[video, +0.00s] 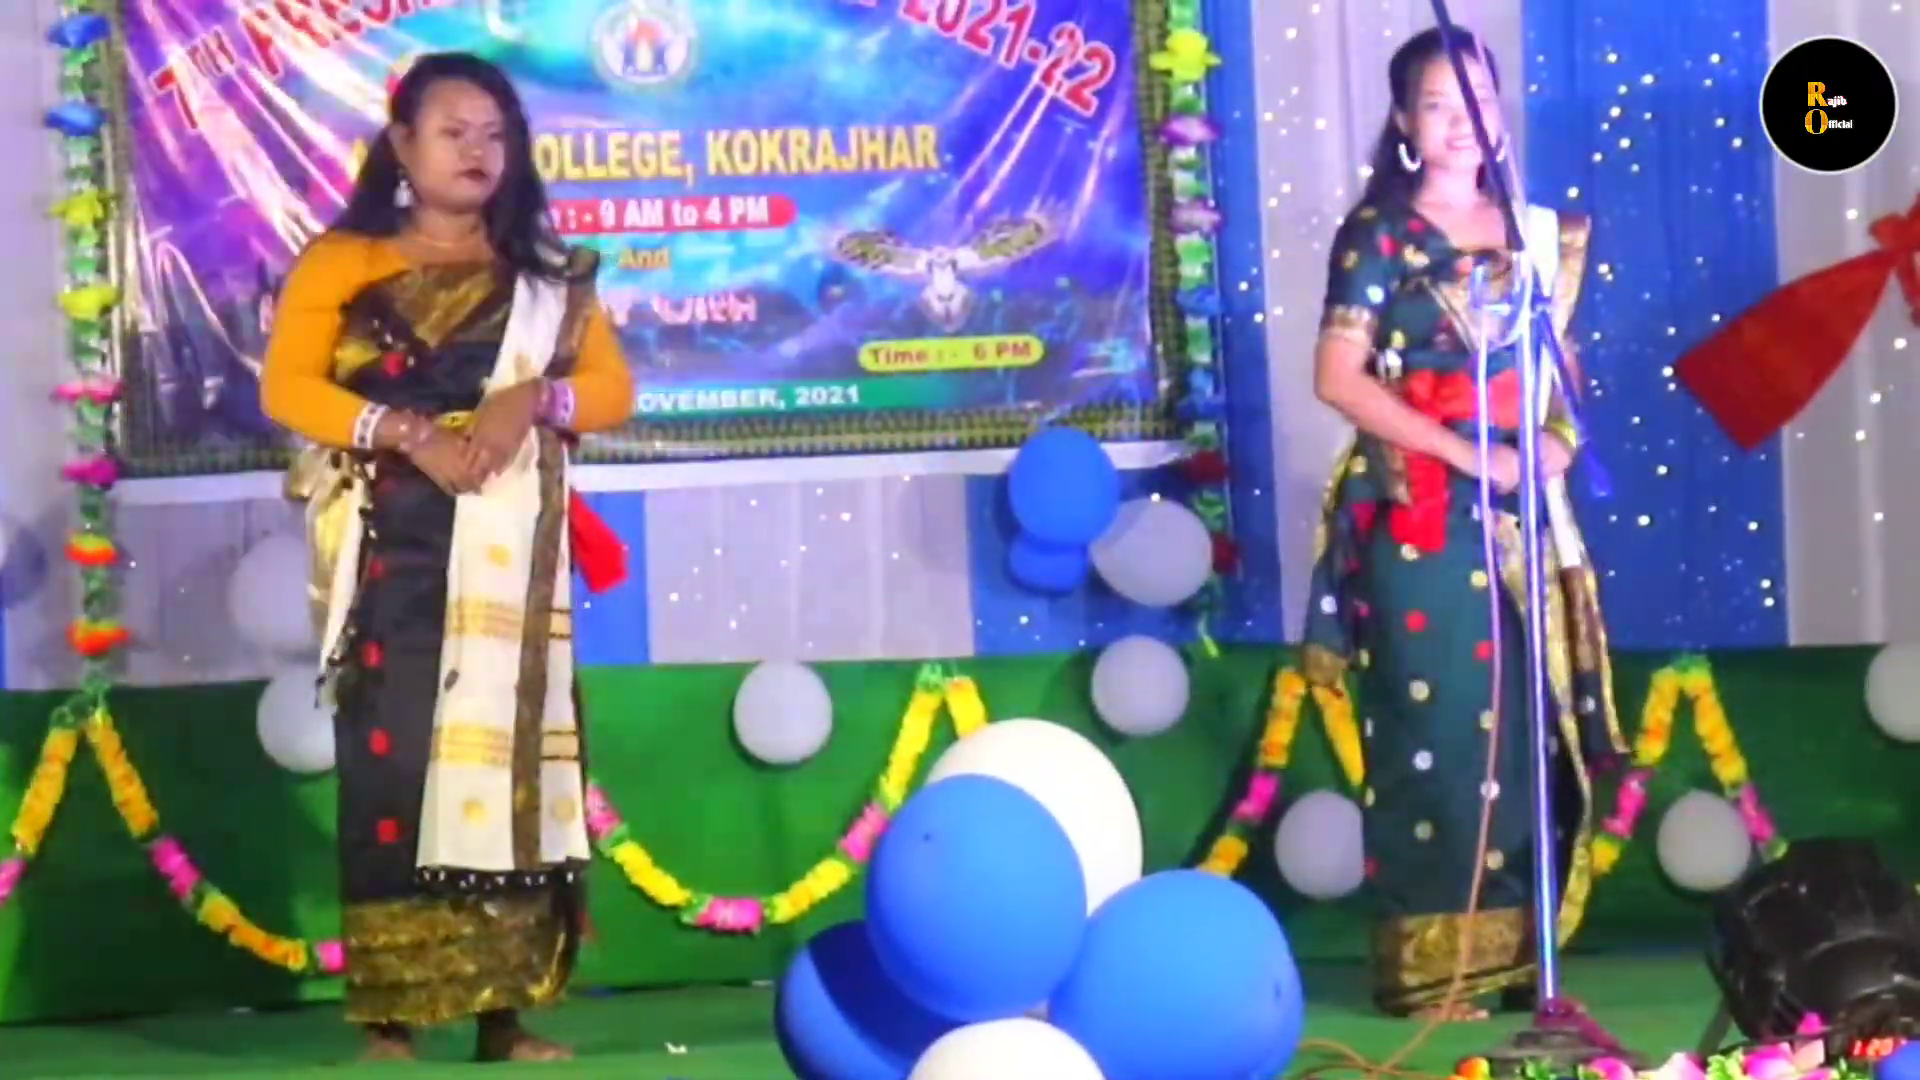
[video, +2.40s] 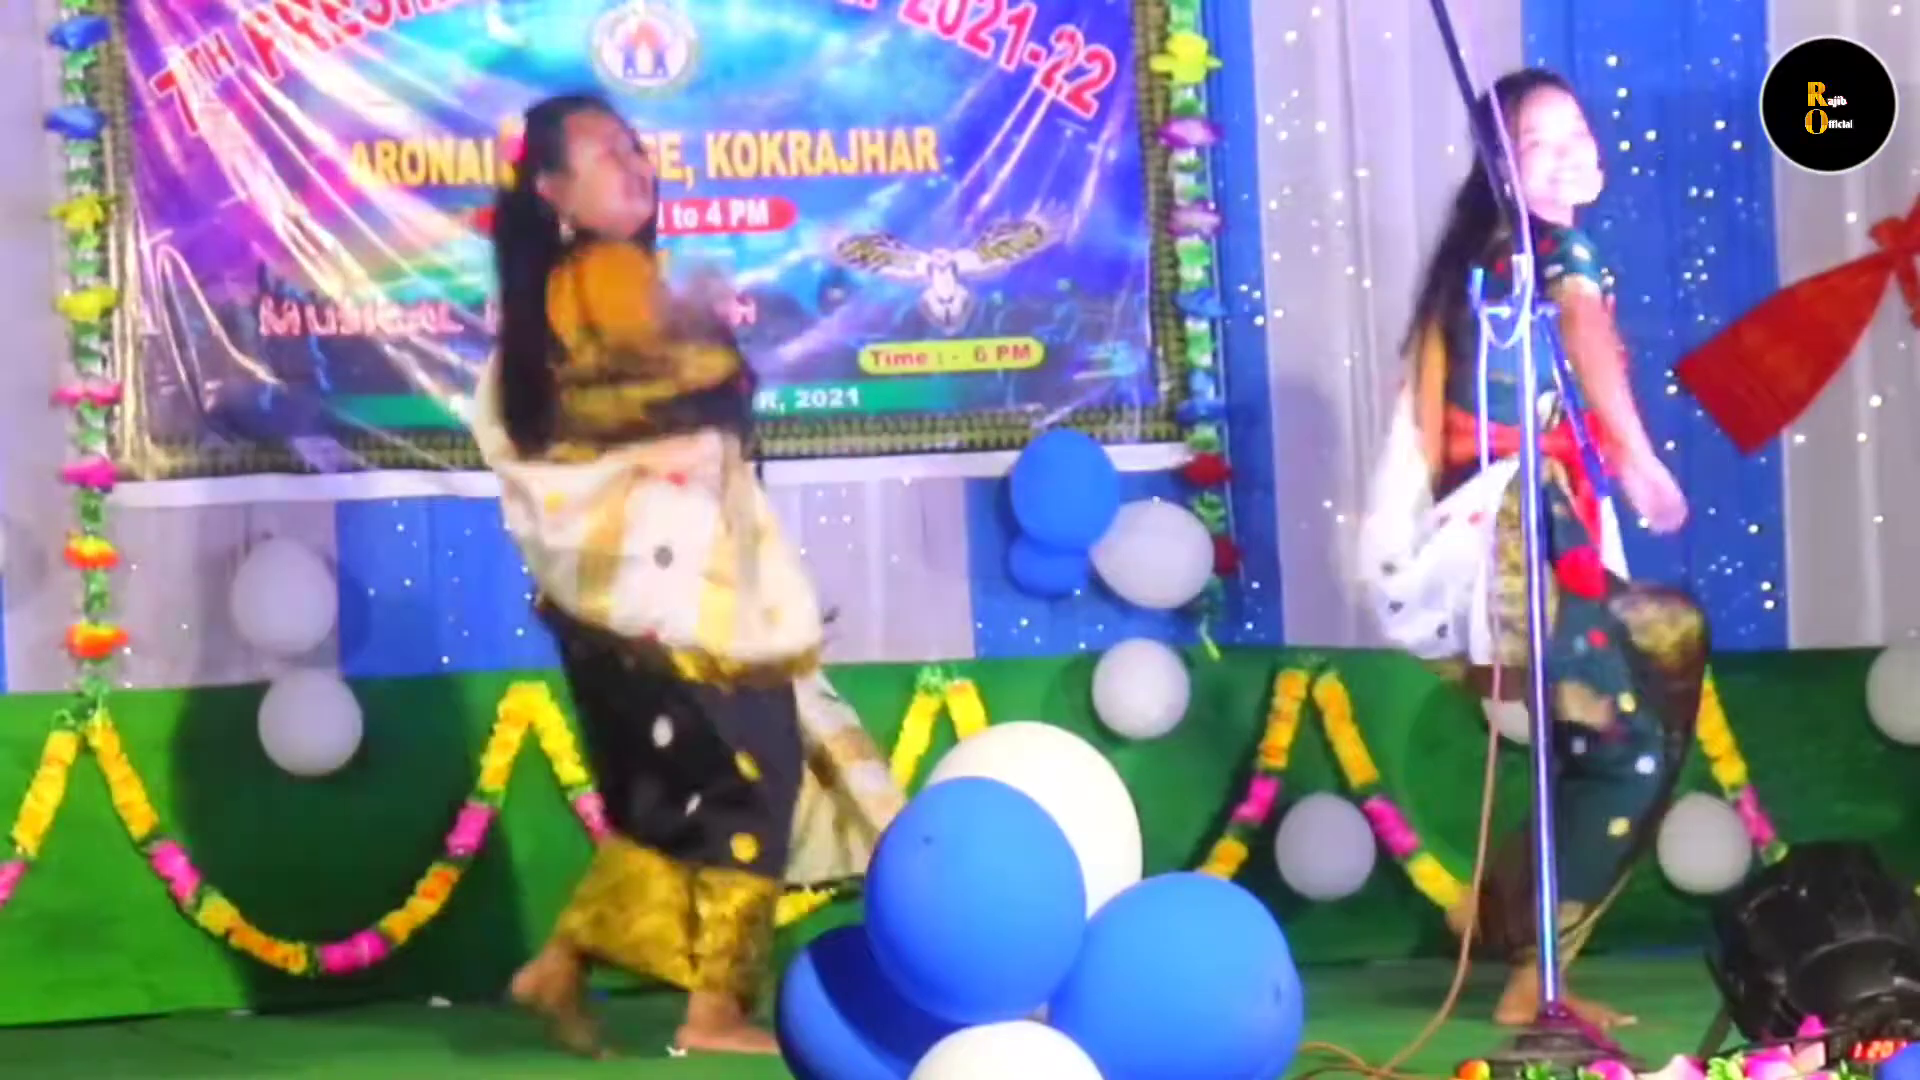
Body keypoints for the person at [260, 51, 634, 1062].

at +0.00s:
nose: (478, 151)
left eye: (495, 135)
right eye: (454, 132)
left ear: (514, 152)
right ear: (403, 146)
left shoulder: (545, 272)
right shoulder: (341, 262)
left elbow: (615, 393)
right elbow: (285, 388)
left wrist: (530, 398)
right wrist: (403, 427)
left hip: (512, 559)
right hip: (394, 556)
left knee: (514, 761)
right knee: (393, 766)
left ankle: (508, 1013)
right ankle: (390, 1011)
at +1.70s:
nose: (513, 141)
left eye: (519, 125)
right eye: (488, 126)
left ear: (529, 137)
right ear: (428, 141)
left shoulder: (556, 260)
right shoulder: (374, 251)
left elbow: (631, 380)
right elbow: (327, 374)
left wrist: (574, 406)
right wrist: (448, 397)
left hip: (536, 547)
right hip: (422, 544)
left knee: (530, 752)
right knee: (408, 760)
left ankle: (513, 1010)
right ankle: (390, 1012)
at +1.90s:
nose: (533, 146)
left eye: (534, 127)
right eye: (505, 134)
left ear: (546, 149)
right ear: (451, 166)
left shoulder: (549, 271)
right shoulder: (453, 266)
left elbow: (664, 360)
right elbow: (548, 340)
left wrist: (673, 275)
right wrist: (626, 276)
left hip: (577, 556)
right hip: (501, 558)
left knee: (579, 776)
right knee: (520, 773)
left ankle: (510, 1010)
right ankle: (421, 979)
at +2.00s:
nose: (550, 125)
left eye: (547, 108)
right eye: (523, 115)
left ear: (547, 132)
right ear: (469, 148)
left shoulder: (528, 237)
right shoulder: (493, 236)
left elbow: (678, 318)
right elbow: (632, 280)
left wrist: (639, 213)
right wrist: (637, 202)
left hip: (550, 546)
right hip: (529, 549)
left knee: (563, 765)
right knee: (566, 766)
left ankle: (511, 1007)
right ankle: (497, 1013)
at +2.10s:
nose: (580, 114)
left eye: (570, 98)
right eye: (555, 102)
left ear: (489, 138)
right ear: (498, 131)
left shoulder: (460, 245)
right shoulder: (561, 230)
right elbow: (677, 326)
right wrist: (714, 280)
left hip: (502, 560)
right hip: (595, 549)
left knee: (543, 764)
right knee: (690, 708)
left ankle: (511, 1003)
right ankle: (635, 953)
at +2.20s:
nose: (596, 145)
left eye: (586, 127)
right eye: (569, 133)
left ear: (504, 169)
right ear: (515, 162)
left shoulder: (469, 282)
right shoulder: (589, 268)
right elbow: (687, 371)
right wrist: (783, 400)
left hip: (527, 588)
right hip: (634, 576)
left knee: (575, 792)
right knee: (723, 746)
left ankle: (524, 1018)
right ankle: (715, 986)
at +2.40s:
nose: (644, 165)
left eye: (637, 148)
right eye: (616, 155)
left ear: (570, 199)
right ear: (558, 193)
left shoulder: (555, 283)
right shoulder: (612, 274)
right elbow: (682, 379)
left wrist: (700, 333)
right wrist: (727, 351)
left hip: (606, 594)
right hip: (681, 588)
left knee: (661, 800)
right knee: (759, 779)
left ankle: (559, 968)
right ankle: (716, 1012)